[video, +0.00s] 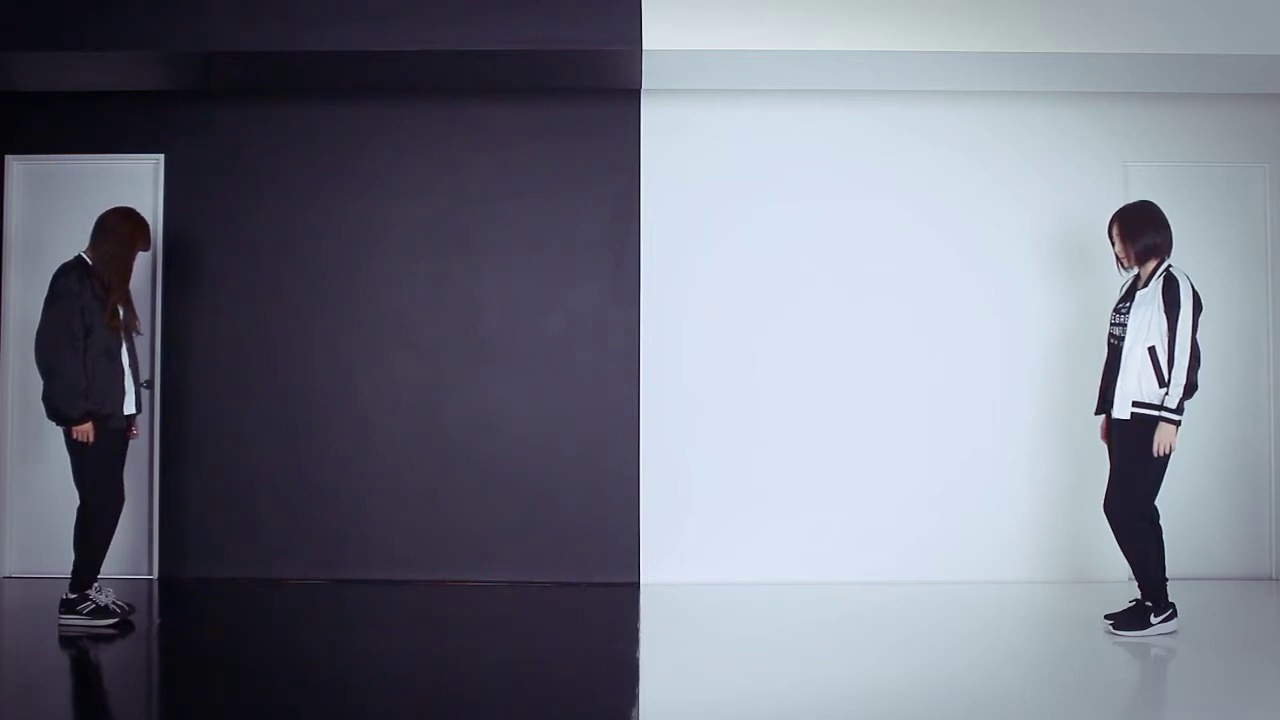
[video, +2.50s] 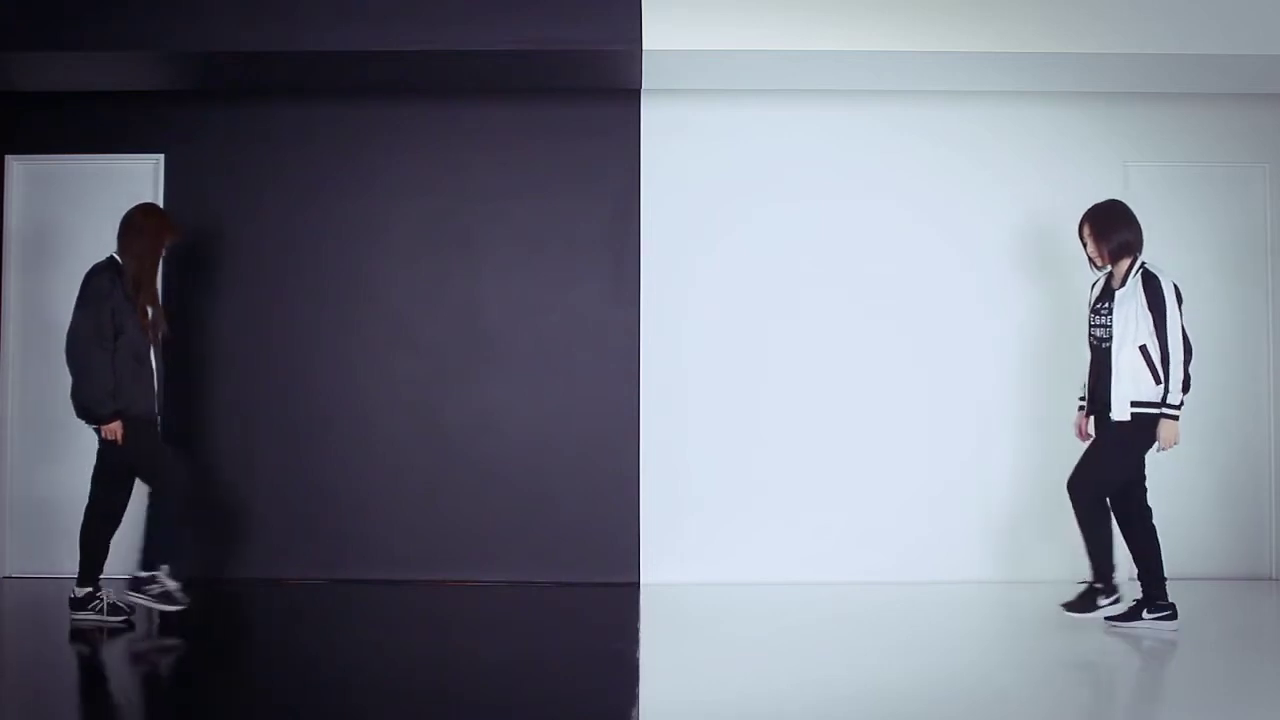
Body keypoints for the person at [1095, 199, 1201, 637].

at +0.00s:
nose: (1116, 250)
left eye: (1120, 241)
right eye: (1113, 242)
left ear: (1144, 236)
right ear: (1125, 241)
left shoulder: (1175, 284)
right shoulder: (1132, 286)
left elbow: (1185, 356)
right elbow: (1118, 354)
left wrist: (1170, 417)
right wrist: (1108, 410)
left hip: (1150, 418)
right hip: (1124, 416)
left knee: (1127, 506)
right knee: (1128, 506)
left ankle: (1157, 604)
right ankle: (1151, 600)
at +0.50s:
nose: (1117, 249)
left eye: (1121, 240)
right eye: (1114, 242)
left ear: (1145, 236)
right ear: (1126, 241)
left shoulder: (1177, 284)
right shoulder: (1131, 287)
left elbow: (1187, 356)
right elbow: (1117, 355)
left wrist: (1172, 417)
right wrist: (1107, 410)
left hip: (1151, 417)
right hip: (1123, 416)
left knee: (1125, 506)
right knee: (1131, 507)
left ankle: (1157, 604)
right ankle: (1152, 600)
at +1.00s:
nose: (1118, 249)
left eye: (1123, 240)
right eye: (1116, 242)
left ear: (1147, 237)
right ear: (1125, 242)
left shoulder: (1178, 284)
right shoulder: (1131, 288)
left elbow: (1188, 356)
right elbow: (1117, 354)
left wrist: (1172, 417)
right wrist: (1107, 410)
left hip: (1151, 418)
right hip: (1123, 416)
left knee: (1126, 506)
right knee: (1131, 507)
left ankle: (1157, 604)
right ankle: (1152, 600)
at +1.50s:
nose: (1119, 249)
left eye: (1123, 240)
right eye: (1116, 241)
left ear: (1147, 236)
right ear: (1125, 242)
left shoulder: (1179, 284)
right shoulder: (1131, 287)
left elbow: (1190, 356)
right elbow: (1117, 354)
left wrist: (1174, 417)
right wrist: (1107, 410)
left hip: (1152, 417)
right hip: (1123, 416)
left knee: (1128, 507)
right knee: (1127, 506)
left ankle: (1158, 604)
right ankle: (1151, 600)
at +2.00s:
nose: (1114, 249)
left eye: (1118, 240)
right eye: (1111, 242)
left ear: (1141, 236)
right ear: (1120, 242)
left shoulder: (1176, 285)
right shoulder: (1126, 288)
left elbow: (1188, 356)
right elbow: (1116, 355)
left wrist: (1175, 416)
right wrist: (1107, 410)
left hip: (1153, 417)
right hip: (1123, 416)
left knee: (1130, 505)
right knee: (1126, 506)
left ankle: (1158, 604)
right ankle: (1151, 600)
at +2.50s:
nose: (1089, 249)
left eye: (1093, 240)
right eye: (1086, 242)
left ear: (1117, 236)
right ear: (1092, 243)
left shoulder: (1156, 284)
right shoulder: (1100, 288)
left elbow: (1178, 351)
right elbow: (1099, 353)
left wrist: (1171, 414)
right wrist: (1087, 404)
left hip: (1139, 415)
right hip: (1109, 415)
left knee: (1082, 486)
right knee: (1131, 506)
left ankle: (1103, 584)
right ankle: (1156, 601)